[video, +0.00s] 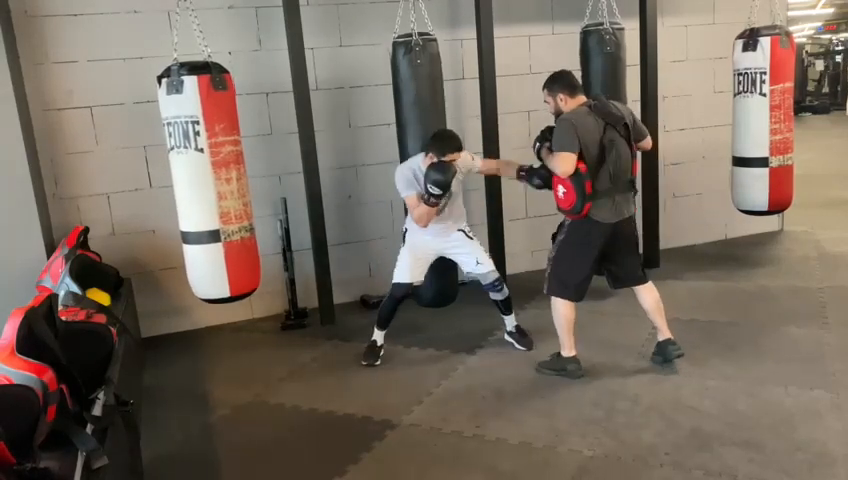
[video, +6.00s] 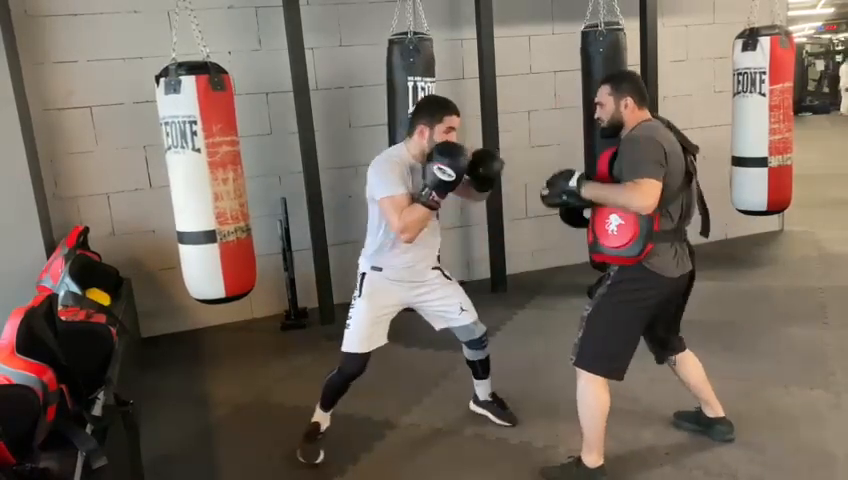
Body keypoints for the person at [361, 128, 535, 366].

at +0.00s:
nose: (453, 167)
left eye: (455, 162)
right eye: (449, 163)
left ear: (458, 156)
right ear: (431, 158)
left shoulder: (459, 161)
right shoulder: (406, 172)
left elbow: (499, 167)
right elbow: (421, 219)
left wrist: (527, 172)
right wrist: (435, 194)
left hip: (456, 233)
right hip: (419, 236)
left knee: (493, 278)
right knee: (399, 290)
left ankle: (512, 328)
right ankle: (376, 342)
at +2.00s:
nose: (428, 113)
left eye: (431, 108)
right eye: (425, 107)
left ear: (425, 109)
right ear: (406, 103)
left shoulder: (418, 132)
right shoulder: (381, 135)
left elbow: (435, 172)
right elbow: (402, 180)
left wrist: (444, 144)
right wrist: (422, 145)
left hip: (418, 219)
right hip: (387, 221)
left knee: (443, 273)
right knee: (376, 281)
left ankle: (462, 334)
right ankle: (367, 341)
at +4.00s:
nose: (456, 140)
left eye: (458, 131)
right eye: (453, 131)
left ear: (428, 129)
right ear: (429, 128)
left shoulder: (428, 164)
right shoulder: (379, 167)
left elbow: (453, 176)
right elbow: (400, 239)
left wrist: (489, 157)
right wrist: (440, 200)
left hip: (423, 284)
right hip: (380, 293)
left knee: (476, 344)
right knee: (372, 393)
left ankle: (491, 405)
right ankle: (330, 471)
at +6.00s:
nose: (454, 139)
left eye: (456, 132)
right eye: (448, 131)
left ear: (442, 133)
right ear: (424, 131)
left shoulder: (441, 162)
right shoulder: (386, 166)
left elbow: (473, 194)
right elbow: (405, 229)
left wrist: (484, 177)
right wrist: (437, 187)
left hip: (427, 273)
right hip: (381, 278)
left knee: (474, 333)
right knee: (352, 365)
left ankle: (484, 397)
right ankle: (318, 423)